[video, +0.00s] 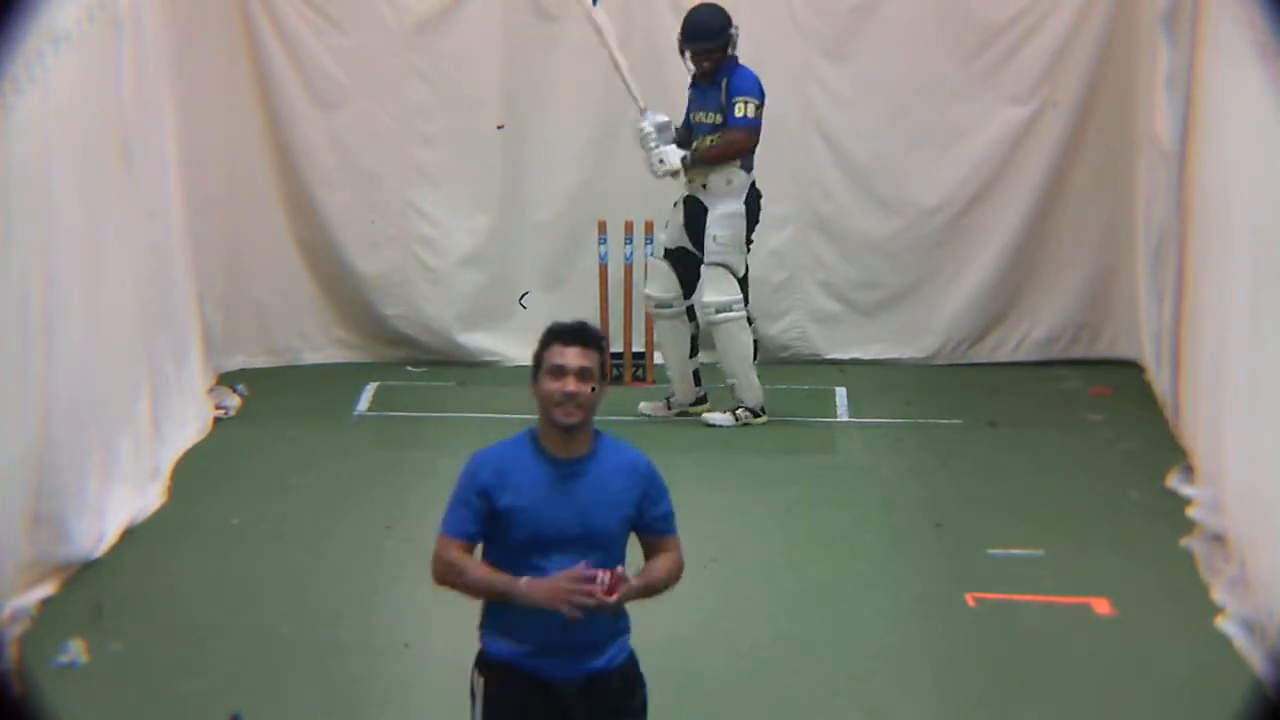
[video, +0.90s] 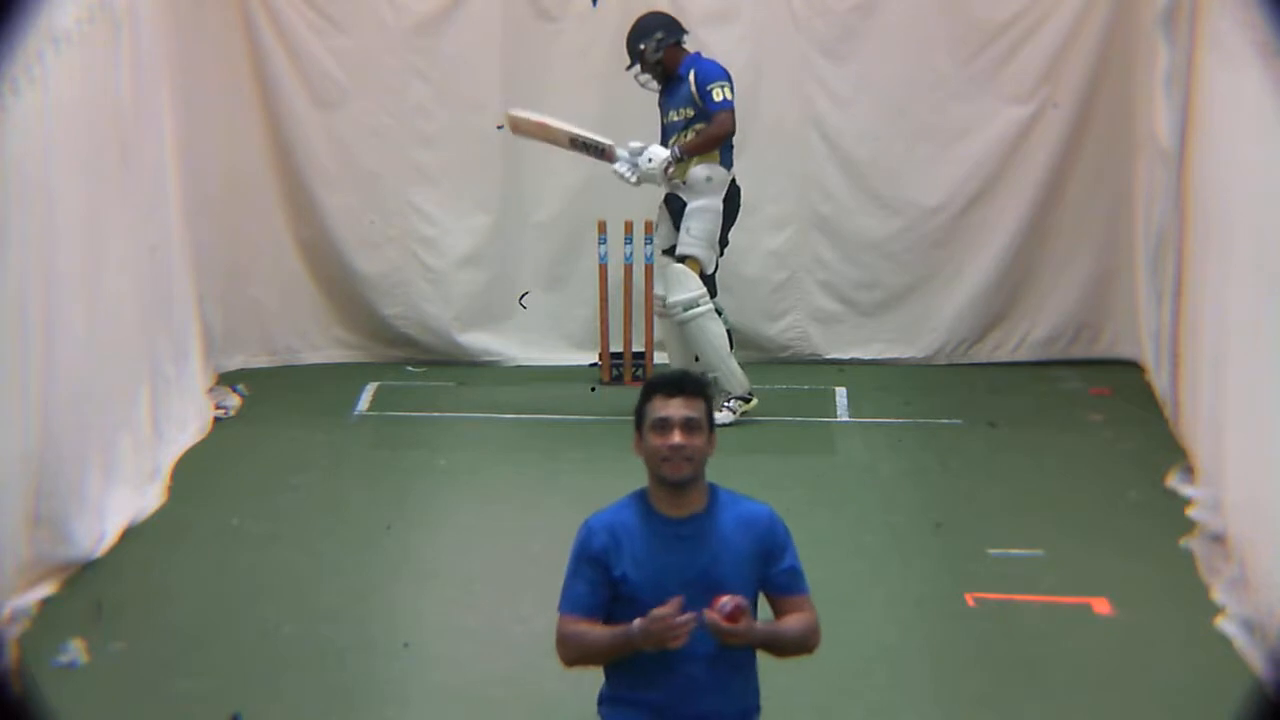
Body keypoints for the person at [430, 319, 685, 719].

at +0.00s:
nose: (570, 388)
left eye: (584, 377)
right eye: (557, 374)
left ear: (600, 388)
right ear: (535, 383)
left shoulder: (633, 471)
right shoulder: (490, 469)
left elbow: (668, 557)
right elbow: (446, 564)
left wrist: (633, 587)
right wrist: (532, 590)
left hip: (606, 678)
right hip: (515, 680)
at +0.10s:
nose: (589, 405)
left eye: (604, 394)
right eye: (577, 392)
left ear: (622, 407)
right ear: (555, 402)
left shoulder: (653, 492)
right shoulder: (511, 487)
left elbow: (685, 587)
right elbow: (469, 583)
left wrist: (642, 599)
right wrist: (563, 599)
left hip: (622, 695)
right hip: (530, 695)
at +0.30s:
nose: (633, 407)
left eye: (648, 397)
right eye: (620, 394)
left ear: (667, 412)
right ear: (598, 407)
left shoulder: (695, 498)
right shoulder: (554, 490)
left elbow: (735, 604)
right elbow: (516, 590)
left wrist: (670, 588)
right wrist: (604, 589)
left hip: (662, 700)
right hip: (571, 701)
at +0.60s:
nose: (662, 427)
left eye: (676, 415)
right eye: (648, 414)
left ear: (695, 432)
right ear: (626, 428)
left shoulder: (732, 515)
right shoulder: (586, 514)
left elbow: (771, 622)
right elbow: (547, 624)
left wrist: (680, 604)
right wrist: (615, 605)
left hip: (702, 709)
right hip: (609, 709)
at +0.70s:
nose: (663, 446)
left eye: (678, 434)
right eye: (650, 433)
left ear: (697, 449)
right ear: (627, 447)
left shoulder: (739, 534)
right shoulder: (589, 537)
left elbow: (780, 643)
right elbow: (557, 652)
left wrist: (696, 632)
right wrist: (612, 636)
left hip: (712, 712)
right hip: (615, 713)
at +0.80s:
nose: (666, 450)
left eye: (680, 437)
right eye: (651, 437)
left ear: (699, 451)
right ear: (628, 451)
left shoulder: (746, 536)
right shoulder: (594, 544)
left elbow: (790, 643)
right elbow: (561, 657)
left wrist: (726, 641)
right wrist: (615, 648)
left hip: (719, 713)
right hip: (623, 713)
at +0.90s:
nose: (677, 441)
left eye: (691, 428)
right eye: (662, 428)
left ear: (711, 442)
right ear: (638, 443)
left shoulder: (758, 526)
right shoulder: (604, 534)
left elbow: (806, 631)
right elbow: (570, 645)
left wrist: (755, 633)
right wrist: (639, 635)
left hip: (730, 710)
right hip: (634, 711)